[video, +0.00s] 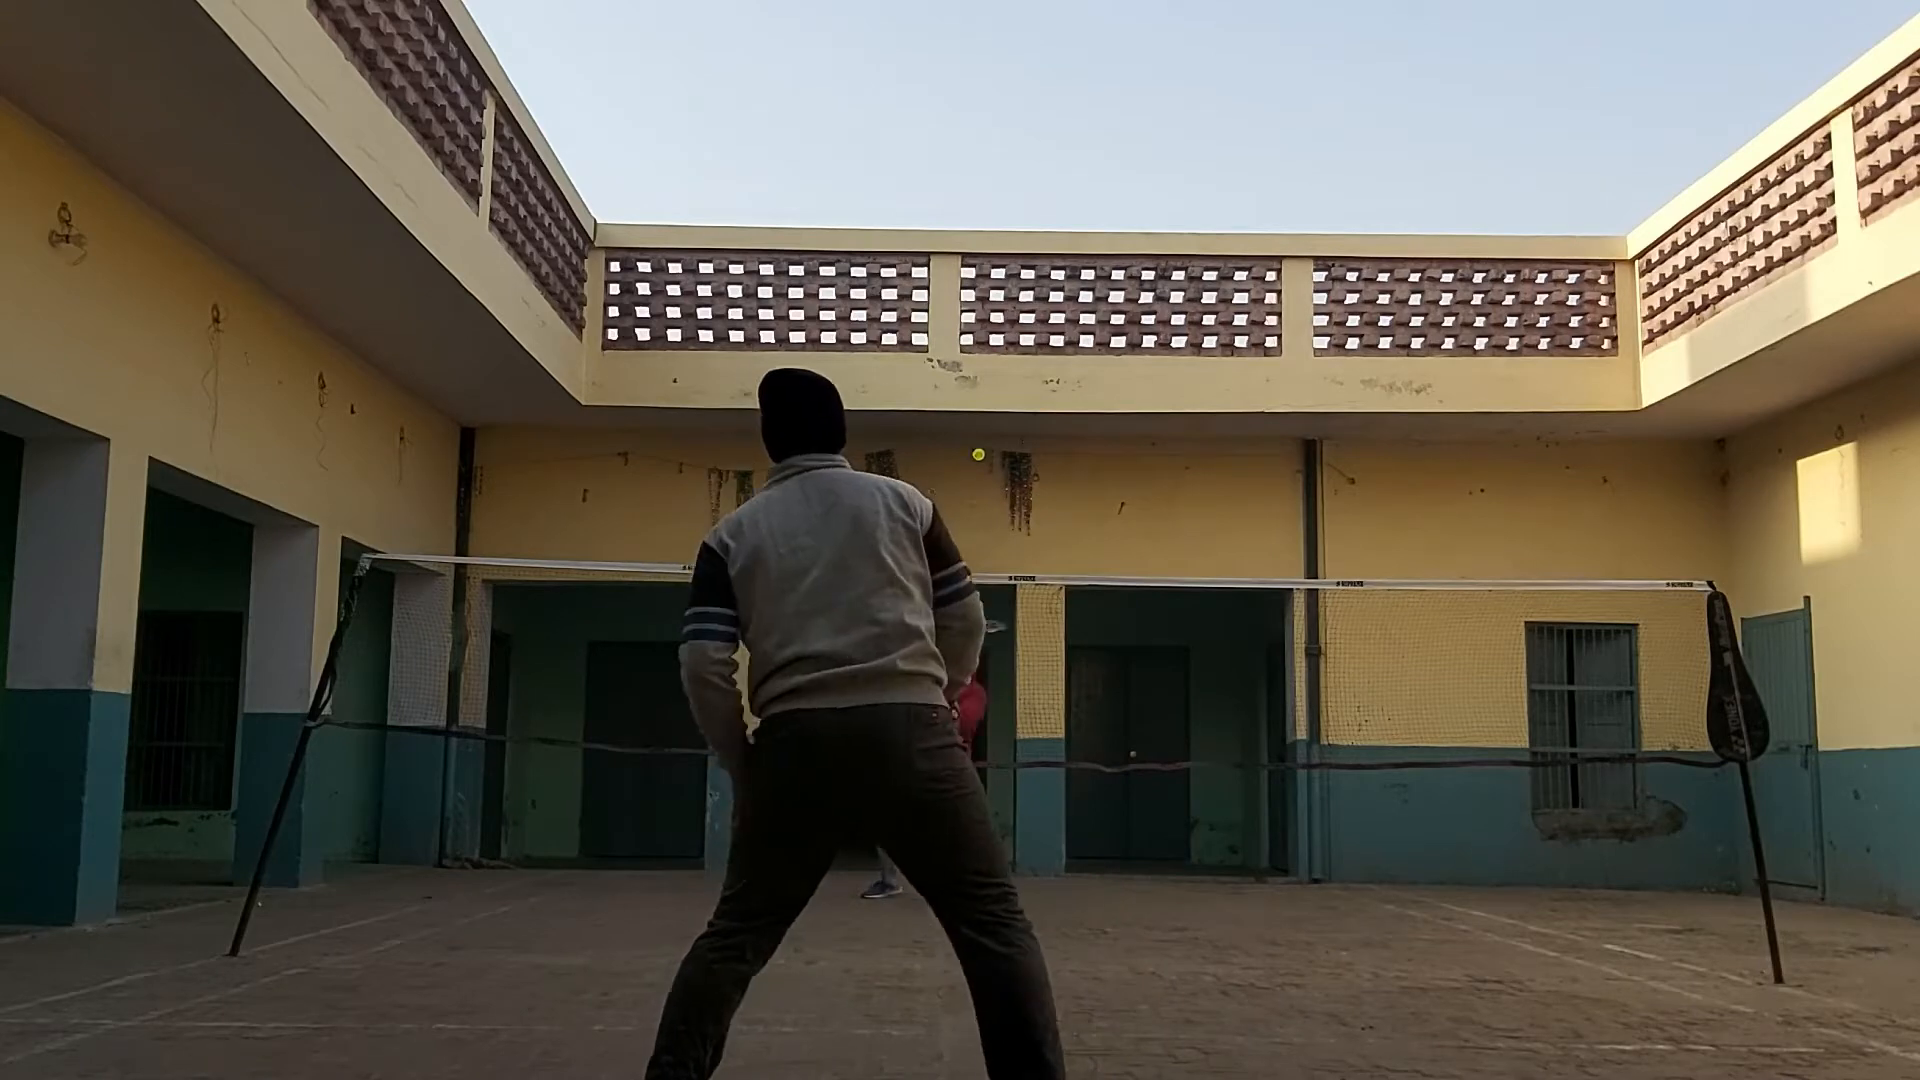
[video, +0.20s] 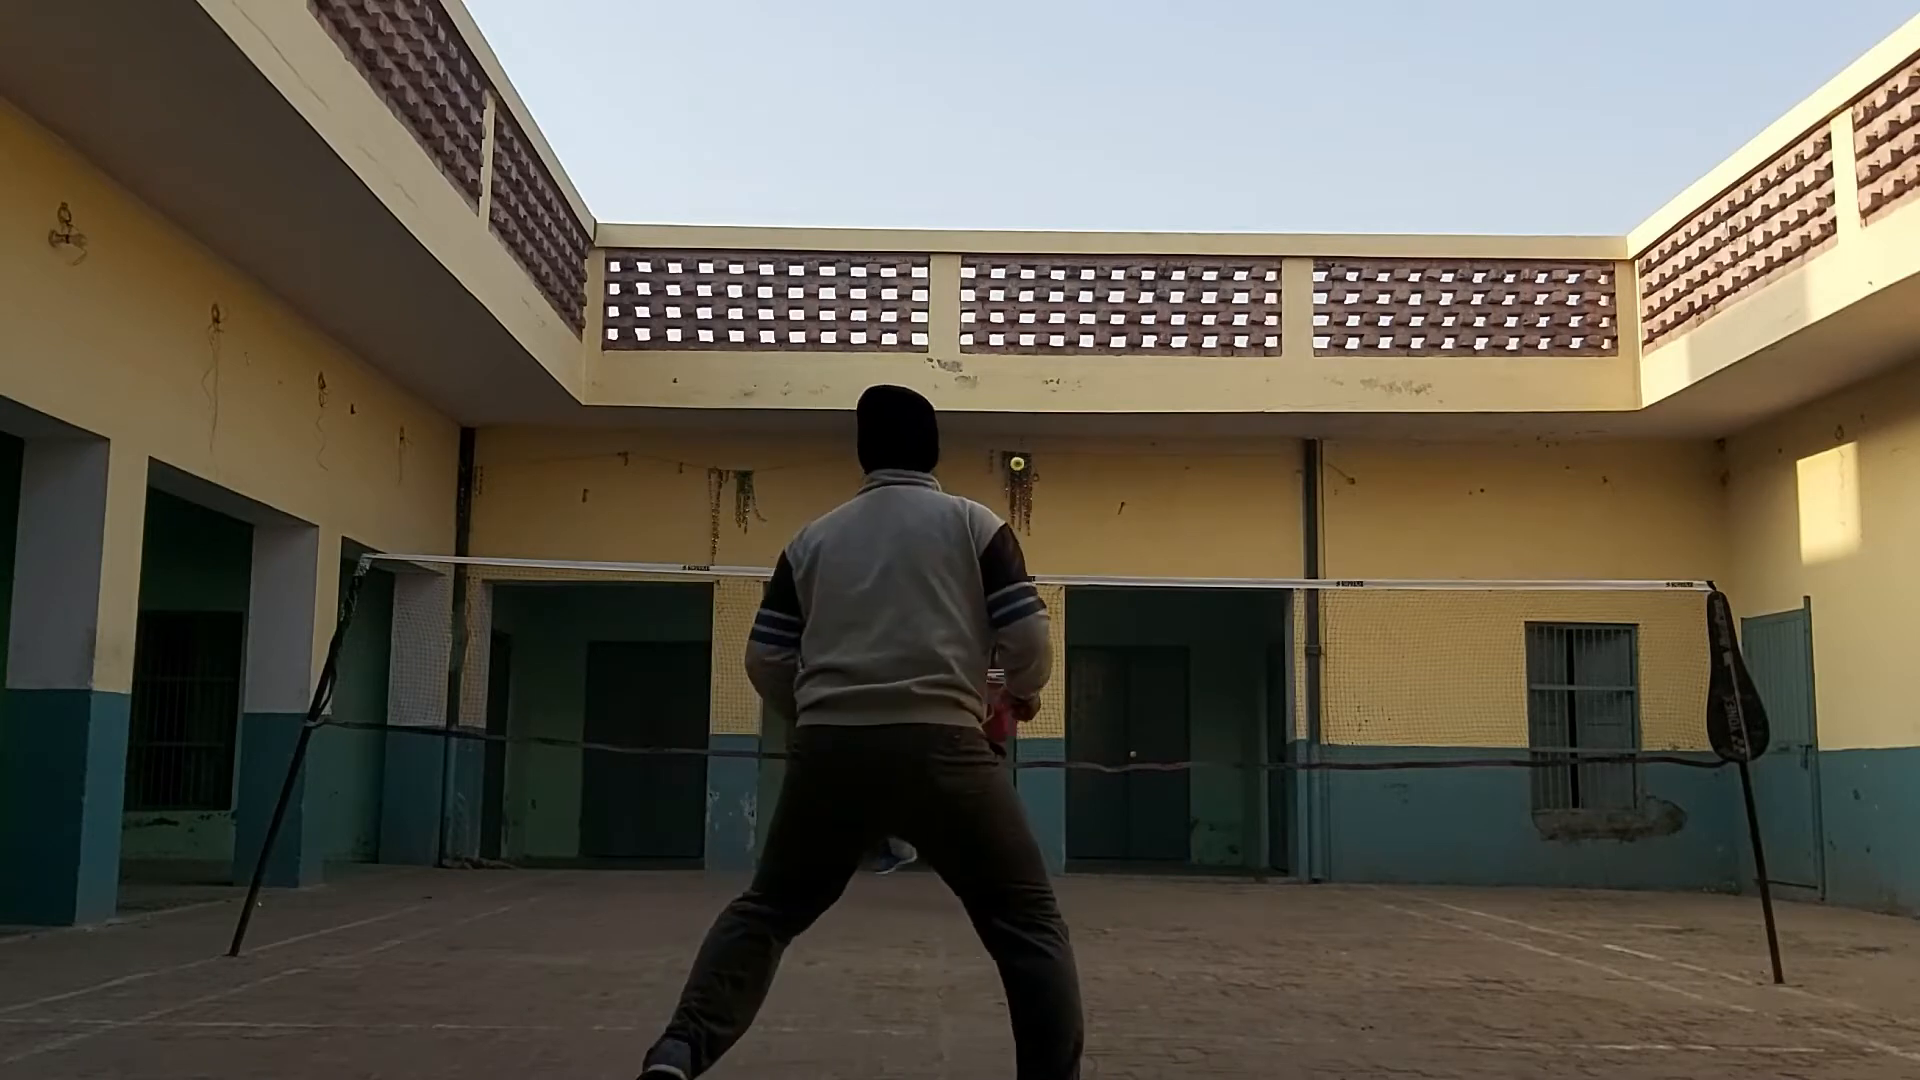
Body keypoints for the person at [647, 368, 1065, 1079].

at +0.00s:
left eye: (768, 431)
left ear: (766, 440)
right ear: (843, 435)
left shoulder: (732, 533)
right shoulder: (907, 502)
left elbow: (706, 666)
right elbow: (964, 620)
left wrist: (744, 769)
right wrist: (934, 705)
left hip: (794, 753)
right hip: (914, 742)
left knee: (736, 936)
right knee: (993, 924)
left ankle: (670, 1073)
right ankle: (1037, 1073)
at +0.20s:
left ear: (861, 453)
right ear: (934, 452)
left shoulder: (812, 539)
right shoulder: (975, 523)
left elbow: (766, 657)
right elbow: (1025, 636)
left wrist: (820, 715)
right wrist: (1018, 697)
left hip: (829, 752)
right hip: (946, 752)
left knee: (768, 906)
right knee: (1028, 924)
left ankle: (678, 1051)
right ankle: (1054, 1068)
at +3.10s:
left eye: (717, 409)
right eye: (780, 411)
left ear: (710, 416)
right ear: (787, 417)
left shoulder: (649, 492)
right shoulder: (821, 492)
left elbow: (596, 611)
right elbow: (872, 605)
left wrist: (645, 671)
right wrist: (877, 676)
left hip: (639, 704)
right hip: (755, 711)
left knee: (585, 886)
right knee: (790, 907)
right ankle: (811, 1073)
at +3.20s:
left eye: (675, 427)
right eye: (740, 433)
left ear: (668, 438)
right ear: (745, 440)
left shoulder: (611, 519)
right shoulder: (763, 521)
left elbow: (549, 626)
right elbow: (818, 639)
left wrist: (632, 630)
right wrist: (857, 630)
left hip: (599, 738)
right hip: (713, 746)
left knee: (546, 907)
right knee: (777, 933)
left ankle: (463, 1068)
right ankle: (796, 1074)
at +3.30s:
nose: (692, 456)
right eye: (692, 446)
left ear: (617, 450)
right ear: (688, 451)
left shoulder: (565, 536)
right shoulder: (687, 523)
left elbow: (523, 637)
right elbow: (737, 613)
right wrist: (818, 571)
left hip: (557, 751)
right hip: (666, 754)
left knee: (545, 907)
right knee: (739, 928)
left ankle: (466, 1064)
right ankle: (785, 1070)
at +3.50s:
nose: (637, 451)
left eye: (640, 435)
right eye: (636, 433)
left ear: (582, 420)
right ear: (607, 426)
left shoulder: (579, 489)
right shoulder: (537, 464)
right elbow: (450, 537)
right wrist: (526, 499)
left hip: (502, 704)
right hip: (549, 698)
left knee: (523, 902)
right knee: (623, 901)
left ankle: (464, 1062)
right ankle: (676, 1064)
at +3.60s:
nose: (590, 418)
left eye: (594, 405)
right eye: (586, 400)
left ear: (552, 395)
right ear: (553, 387)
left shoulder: (539, 455)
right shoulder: (497, 430)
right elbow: (429, 515)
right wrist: (496, 540)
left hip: (532, 659)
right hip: (501, 655)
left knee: (516, 858)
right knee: (503, 857)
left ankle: (457, 1051)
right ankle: (437, 1055)